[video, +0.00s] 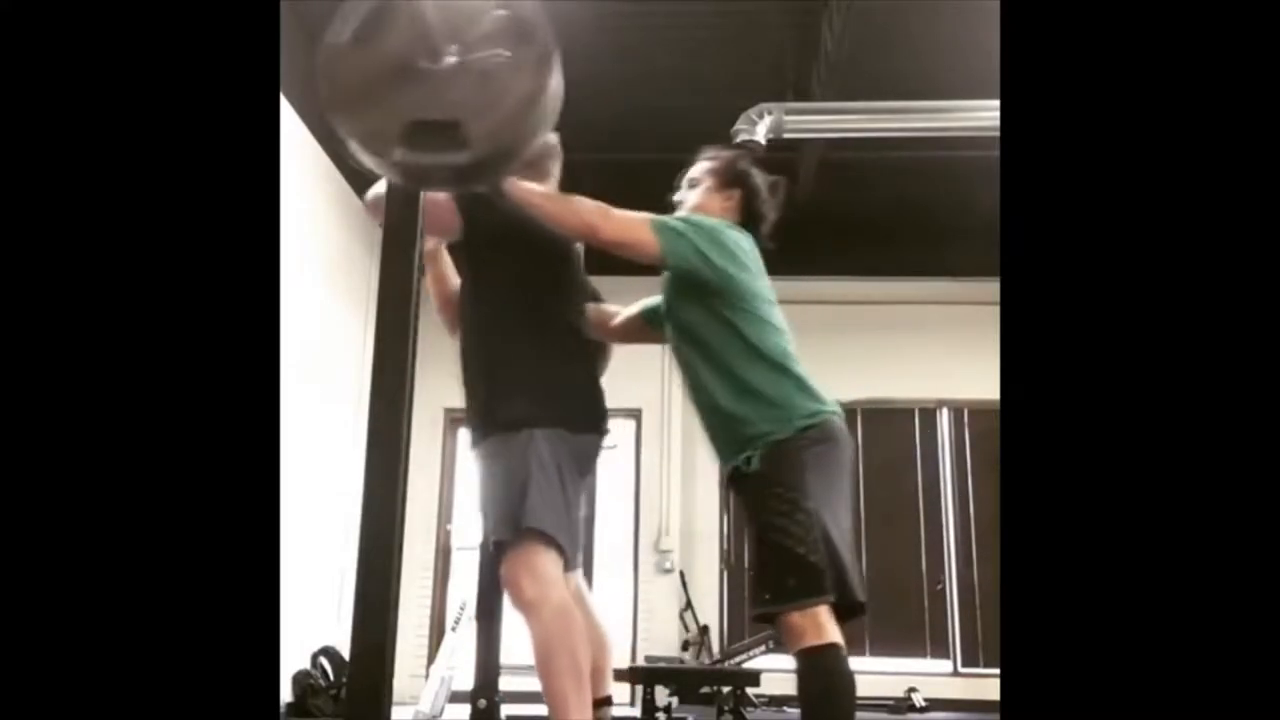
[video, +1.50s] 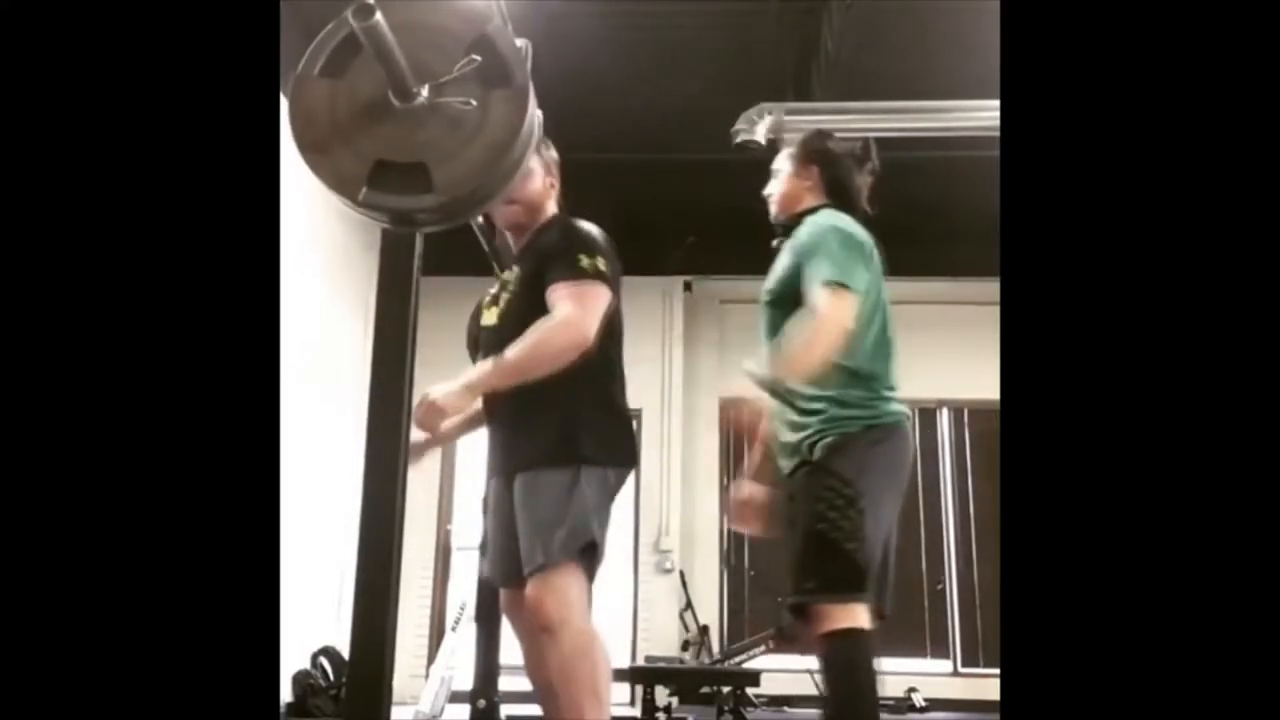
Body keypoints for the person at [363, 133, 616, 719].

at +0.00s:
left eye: (490, 155)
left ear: (507, 159)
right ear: (549, 168)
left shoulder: (509, 203)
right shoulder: (533, 227)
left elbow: (386, 205)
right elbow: (460, 319)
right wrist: (432, 244)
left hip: (537, 409)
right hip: (546, 413)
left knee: (529, 573)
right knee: (556, 576)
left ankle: (572, 714)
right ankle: (595, 707)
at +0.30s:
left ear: (484, 171)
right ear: (540, 180)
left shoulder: (484, 225)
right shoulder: (537, 239)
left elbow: (366, 241)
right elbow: (451, 333)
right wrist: (404, 279)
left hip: (512, 439)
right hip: (556, 438)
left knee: (517, 608)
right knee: (567, 605)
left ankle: (575, 714)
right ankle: (607, 712)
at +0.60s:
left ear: (476, 172)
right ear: (542, 173)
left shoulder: (485, 236)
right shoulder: (552, 244)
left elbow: (399, 286)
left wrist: (344, 316)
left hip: (547, 442)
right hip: (598, 435)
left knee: (541, 602)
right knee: (596, 602)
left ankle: (582, 716)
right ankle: (623, 715)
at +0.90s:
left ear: (490, 171)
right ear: (543, 170)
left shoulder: (507, 239)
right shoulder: (544, 239)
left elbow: (510, 359)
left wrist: (525, 470)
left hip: (560, 442)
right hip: (594, 438)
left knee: (553, 604)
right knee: (597, 606)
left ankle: (587, 712)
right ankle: (622, 713)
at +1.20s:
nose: (486, 197)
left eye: (500, 177)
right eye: (483, 180)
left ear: (535, 169)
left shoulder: (545, 235)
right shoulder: (520, 248)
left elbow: (558, 319)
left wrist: (561, 442)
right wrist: (512, 463)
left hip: (571, 436)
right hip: (546, 439)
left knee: (559, 596)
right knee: (558, 599)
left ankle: (592, 713)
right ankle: (583, 710)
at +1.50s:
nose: (510, 200)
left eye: (520, 184)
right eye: (497, 191)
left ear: (551, 173)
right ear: (483, 201)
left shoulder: (574, 238)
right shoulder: (506, 285)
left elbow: (575, 326)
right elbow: (500, 392)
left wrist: (472, 386)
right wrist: (429, 438)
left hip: (569, 451)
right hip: (516, 456)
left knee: (554, 603)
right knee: (520, 604)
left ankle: (590, 716)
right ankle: (564, 716)